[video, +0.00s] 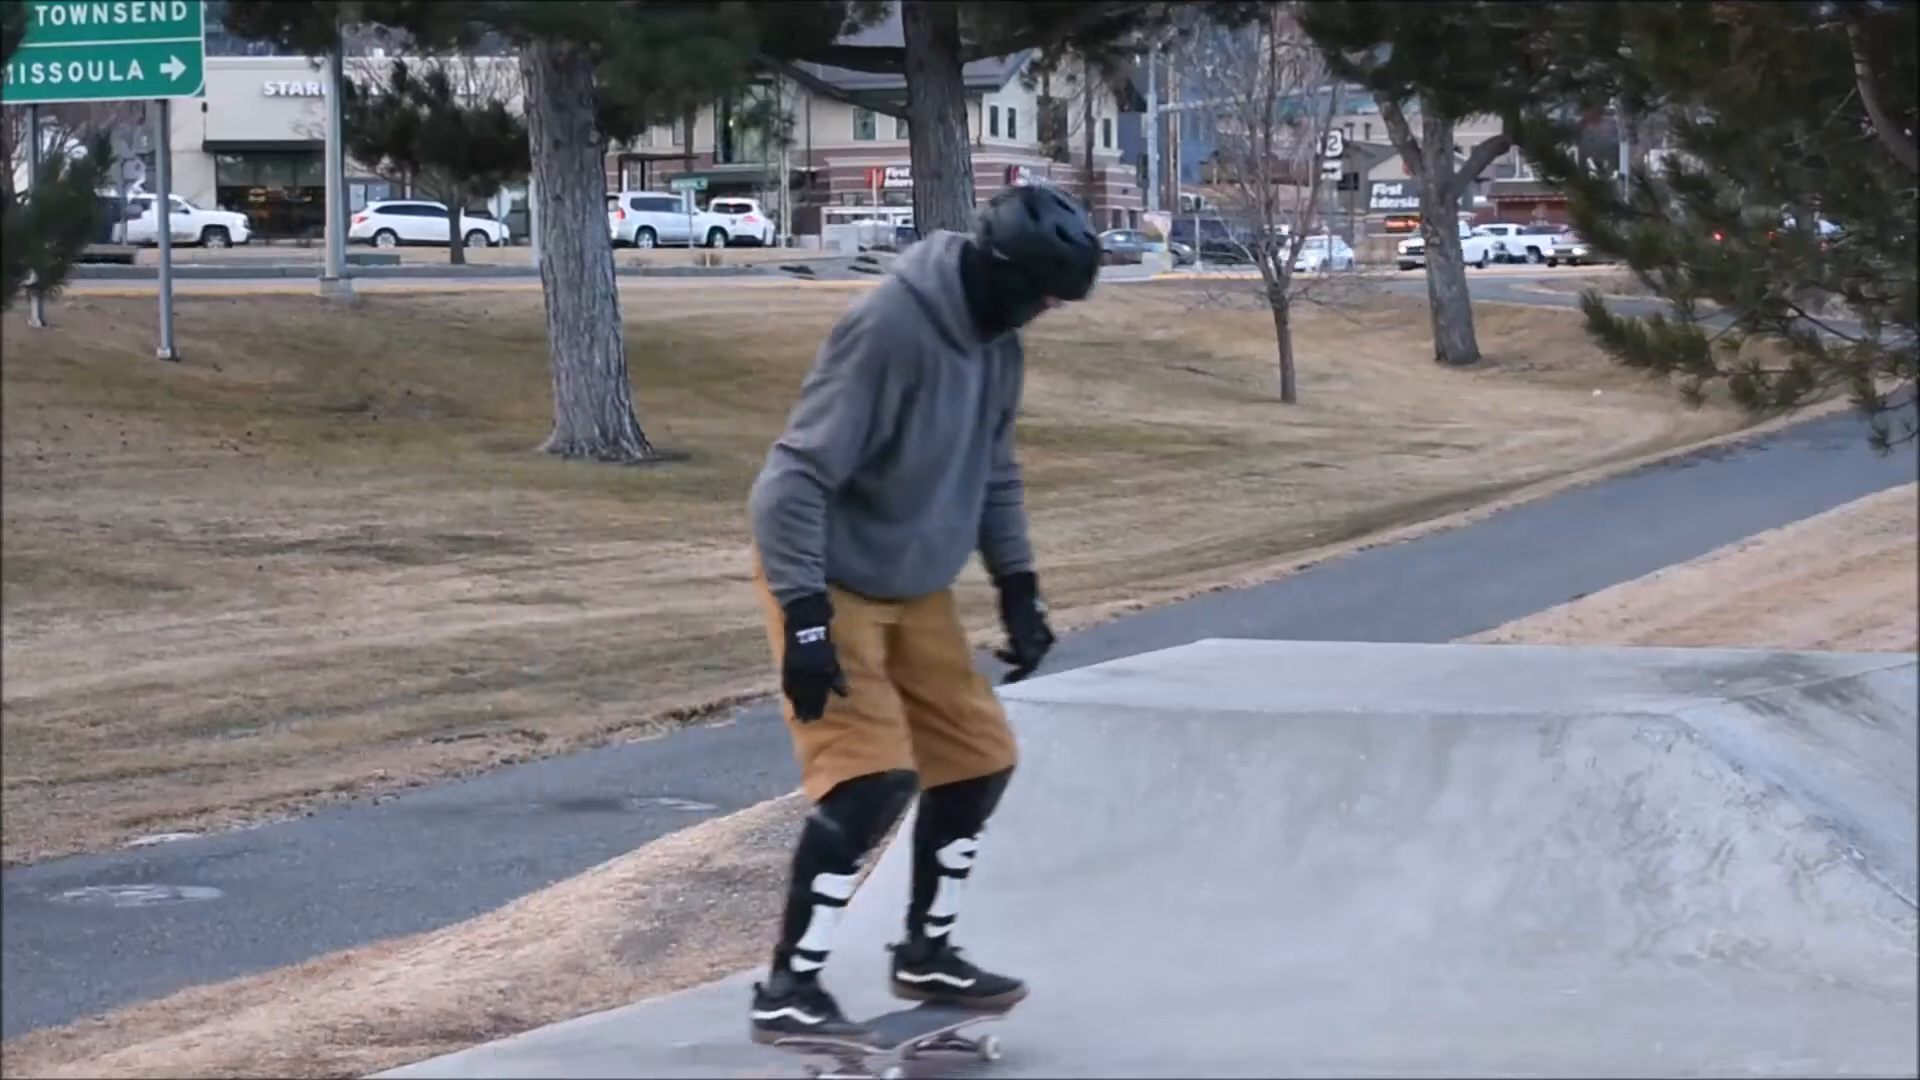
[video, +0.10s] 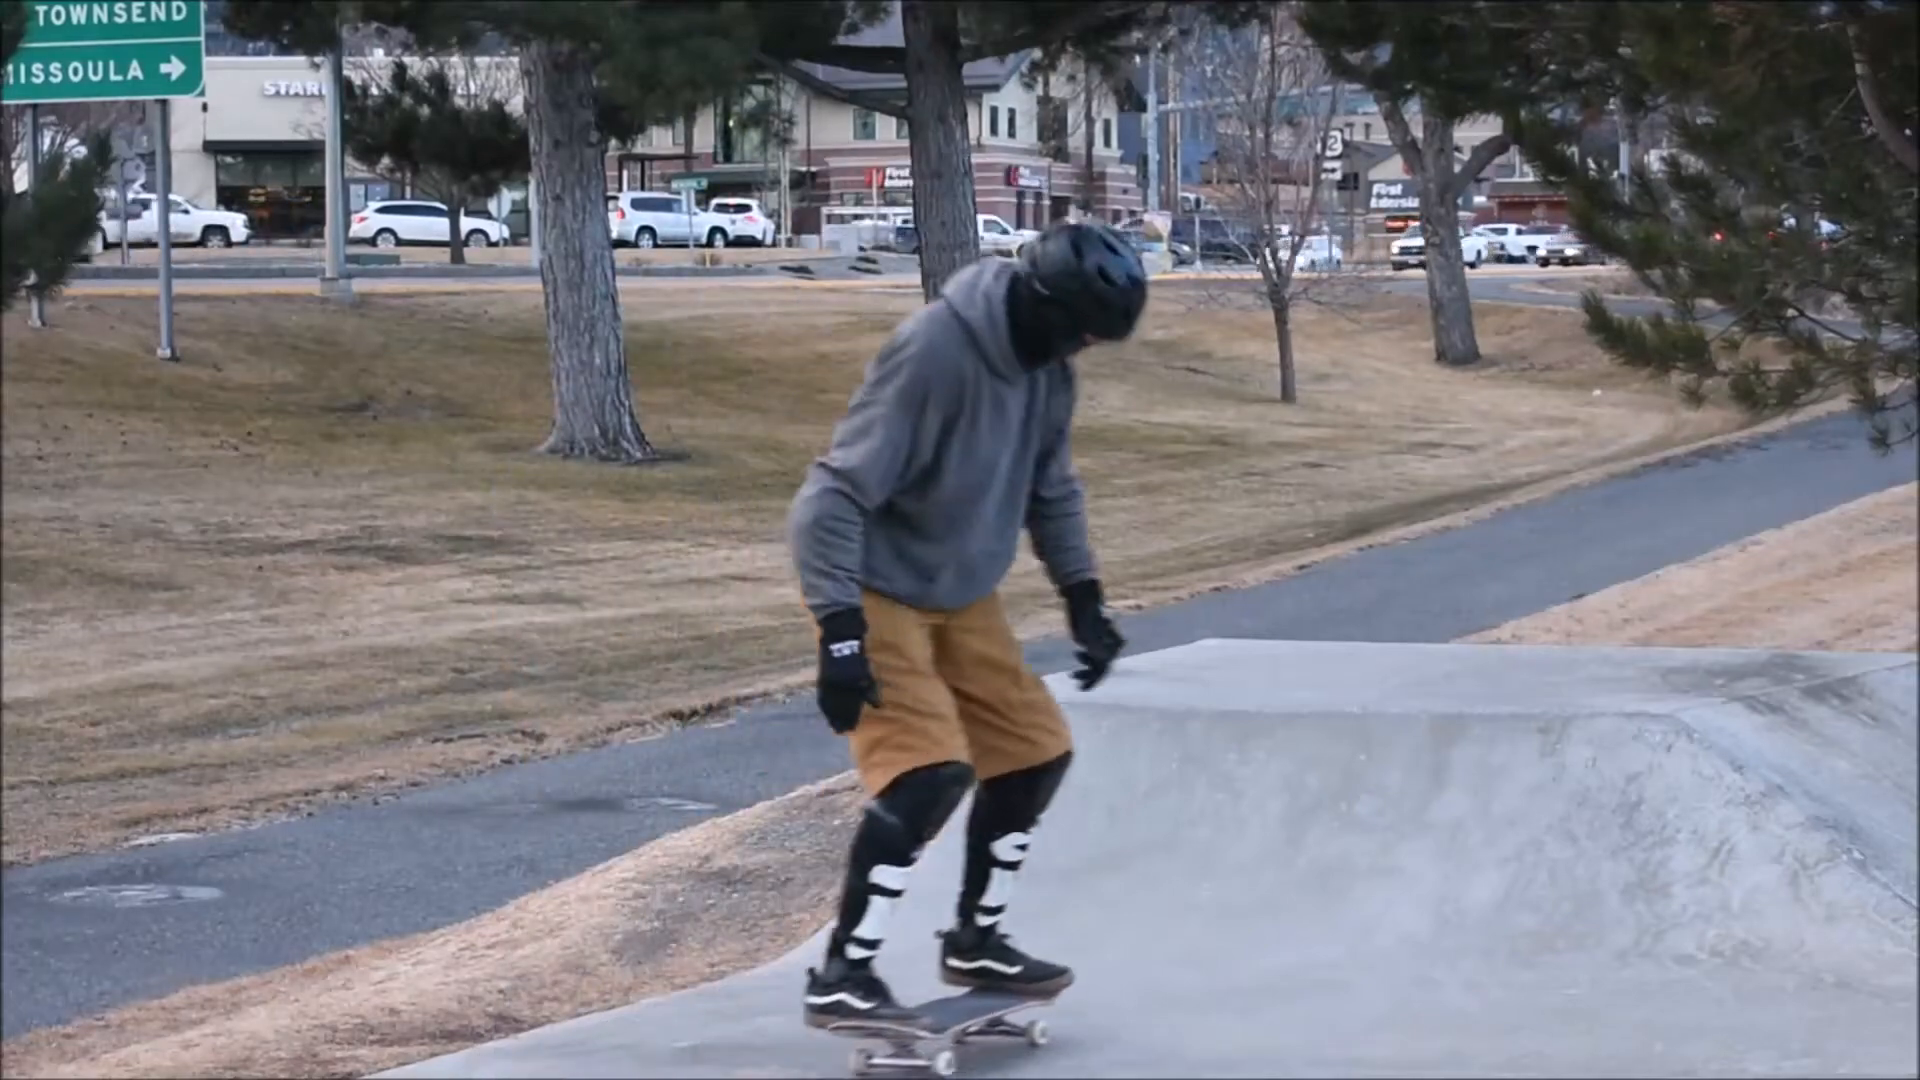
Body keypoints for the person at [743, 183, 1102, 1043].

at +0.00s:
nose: (1041, 313)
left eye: (1050, 301)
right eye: (1041, 296)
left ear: (1024, 275)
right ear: (1004, 268)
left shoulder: (996, 340)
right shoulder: (887, 327)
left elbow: (994, 473)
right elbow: (792, 478)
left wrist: (1018, 586)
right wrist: (805, 622)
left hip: (918, 587)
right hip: (832, 588)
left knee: (974, 764)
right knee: (870, 777)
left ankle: (923, 951)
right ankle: (788, 985)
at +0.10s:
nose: (1077, 348)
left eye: (1086, 337)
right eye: (1076, 331)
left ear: (1074, 312)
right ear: (1044, 299)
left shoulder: (1045, 363)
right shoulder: (933, 350)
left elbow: (1051, 487)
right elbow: (833, 495)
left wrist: (1082, 596)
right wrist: (840, 633)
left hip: (963, 594)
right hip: (876, 592)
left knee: (1033, 757)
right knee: (927, 772)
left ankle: (973, 939)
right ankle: (842, 970)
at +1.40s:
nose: (1226, 371)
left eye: (1230, 354)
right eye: (1211, 363)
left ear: (1254, 318)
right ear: (1197, 352)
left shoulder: (1342, 335)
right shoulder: (1209, 383)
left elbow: (1484, 371)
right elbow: (1146, 467)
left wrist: (1568, 447)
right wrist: (1094, 568)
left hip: (1417, 497)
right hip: (1329, 520)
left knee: (1358, 688)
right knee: (1276, 674)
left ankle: (1443, 851)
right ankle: (1346, 755)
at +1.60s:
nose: (1237, 347)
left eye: (1241, 331)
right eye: (1220, 340)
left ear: (1264, 291)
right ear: (1196, 320)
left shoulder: (1344, 289)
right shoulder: (1204, 361)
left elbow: (1449, 291)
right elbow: (1171, 399)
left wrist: (1528, 320)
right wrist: (1131, 451)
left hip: (1426, 492)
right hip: (1317, 516)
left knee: (1486, 698)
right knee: (1314, 693)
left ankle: (1514, 846)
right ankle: (1269, 863)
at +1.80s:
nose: (1247, 392)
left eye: (1255, 377)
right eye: (1232, 383)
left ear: (1283, 337)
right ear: (1212, 363)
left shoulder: (1338, 327)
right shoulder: (1224, 419)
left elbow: (1452, 353)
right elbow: (1232, 535)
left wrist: (1373, 357)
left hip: (1412, 533)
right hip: (1312, 564)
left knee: (1499, 718)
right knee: (1357, 720)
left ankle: (1457, 869)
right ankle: (1293, 905)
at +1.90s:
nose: (1244, 375)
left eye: (1254, 359)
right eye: (1229, 364)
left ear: (1285, 329)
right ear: (1210, 347)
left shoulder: (1347, 341)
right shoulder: (1216, 416)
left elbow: (1461, 396)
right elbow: (1215, 552)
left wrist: (1379, 417)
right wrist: (1241, 651)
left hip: (1395, 545)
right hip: (1294, 574)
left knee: (1477, 729)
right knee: (1324, 728)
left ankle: (1434, 879)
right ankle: (1262, 915)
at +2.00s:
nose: (1233, 332)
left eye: (1246, 316)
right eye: (1219, 318)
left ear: (1281, 299)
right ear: (1203, 309)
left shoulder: (1344, 336)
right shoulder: (1202, 390)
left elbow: (1458, 415)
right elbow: (1185, 528)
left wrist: (1406, 457)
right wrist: (1212, 606)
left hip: (1373, 548)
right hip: (1268, 568)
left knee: (1457, 728)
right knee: (1305, 728)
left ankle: (1417, 879)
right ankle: (1241, 918)